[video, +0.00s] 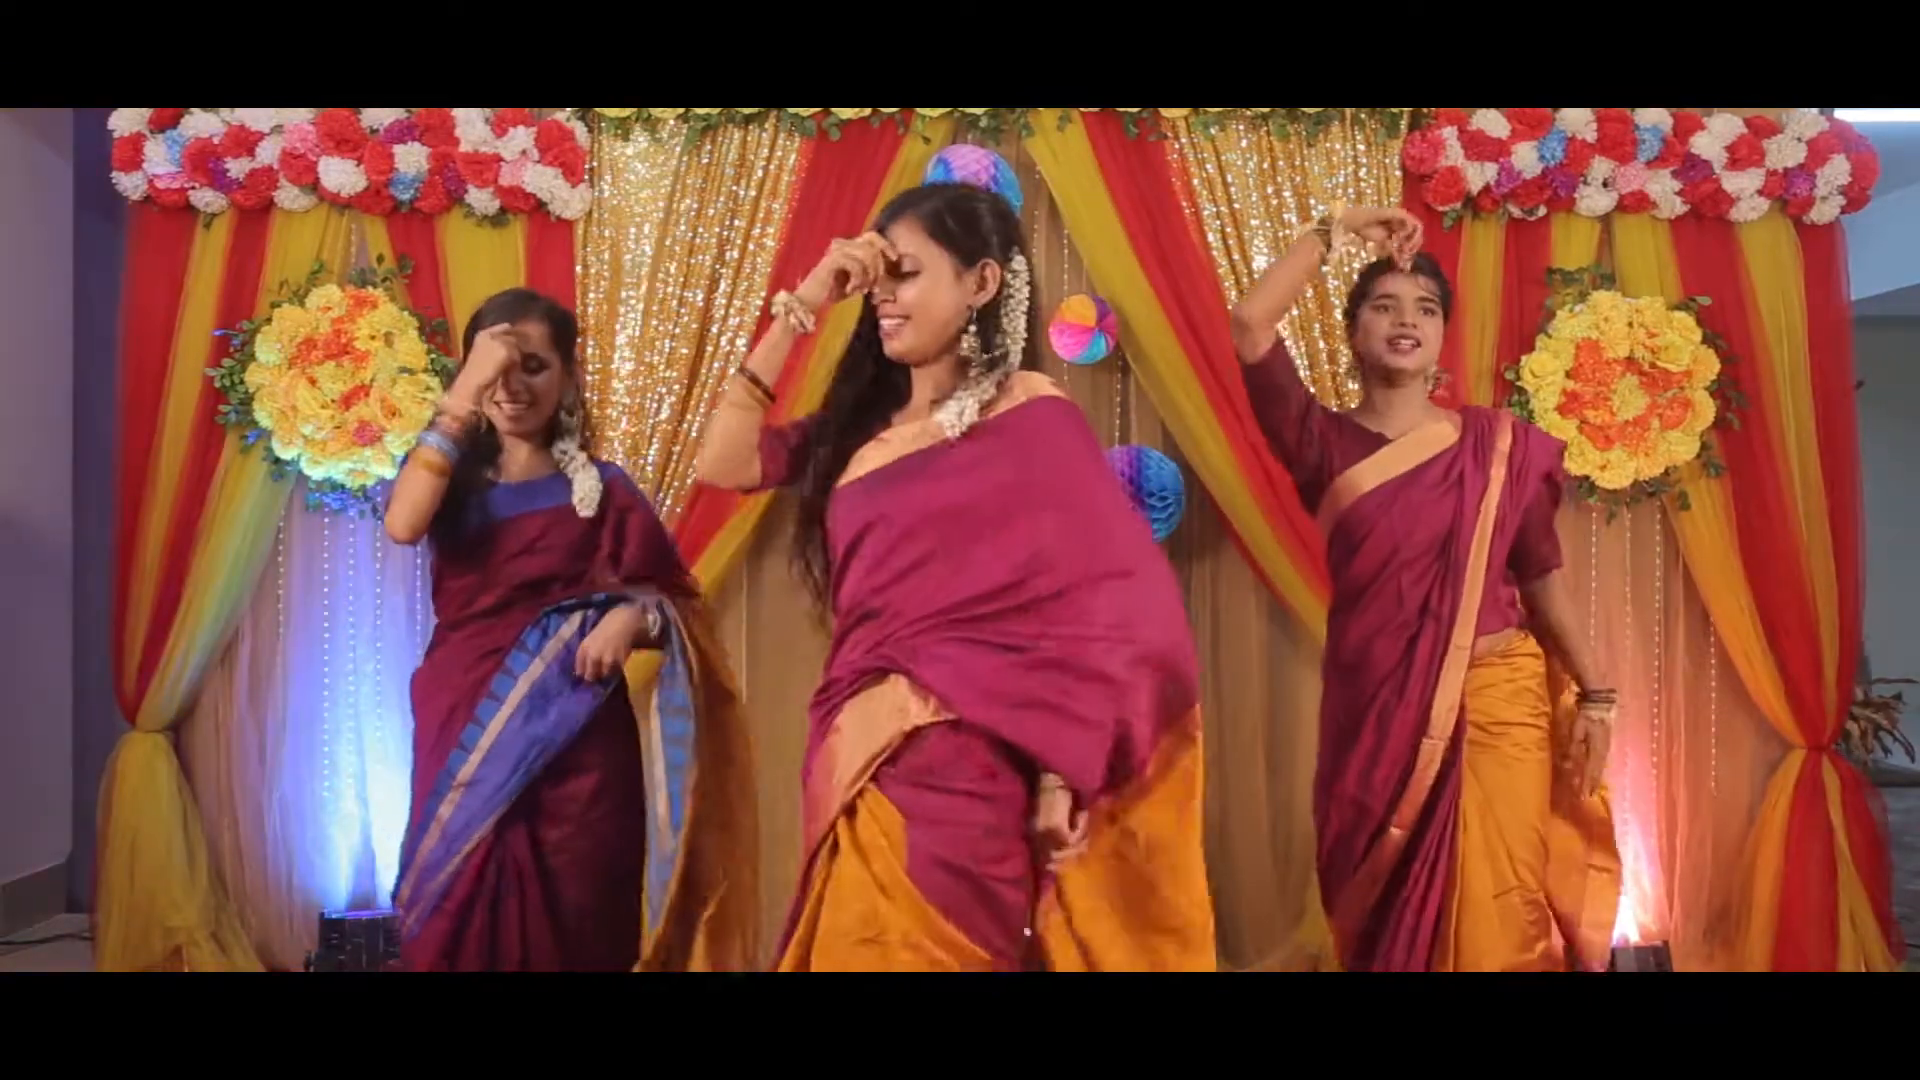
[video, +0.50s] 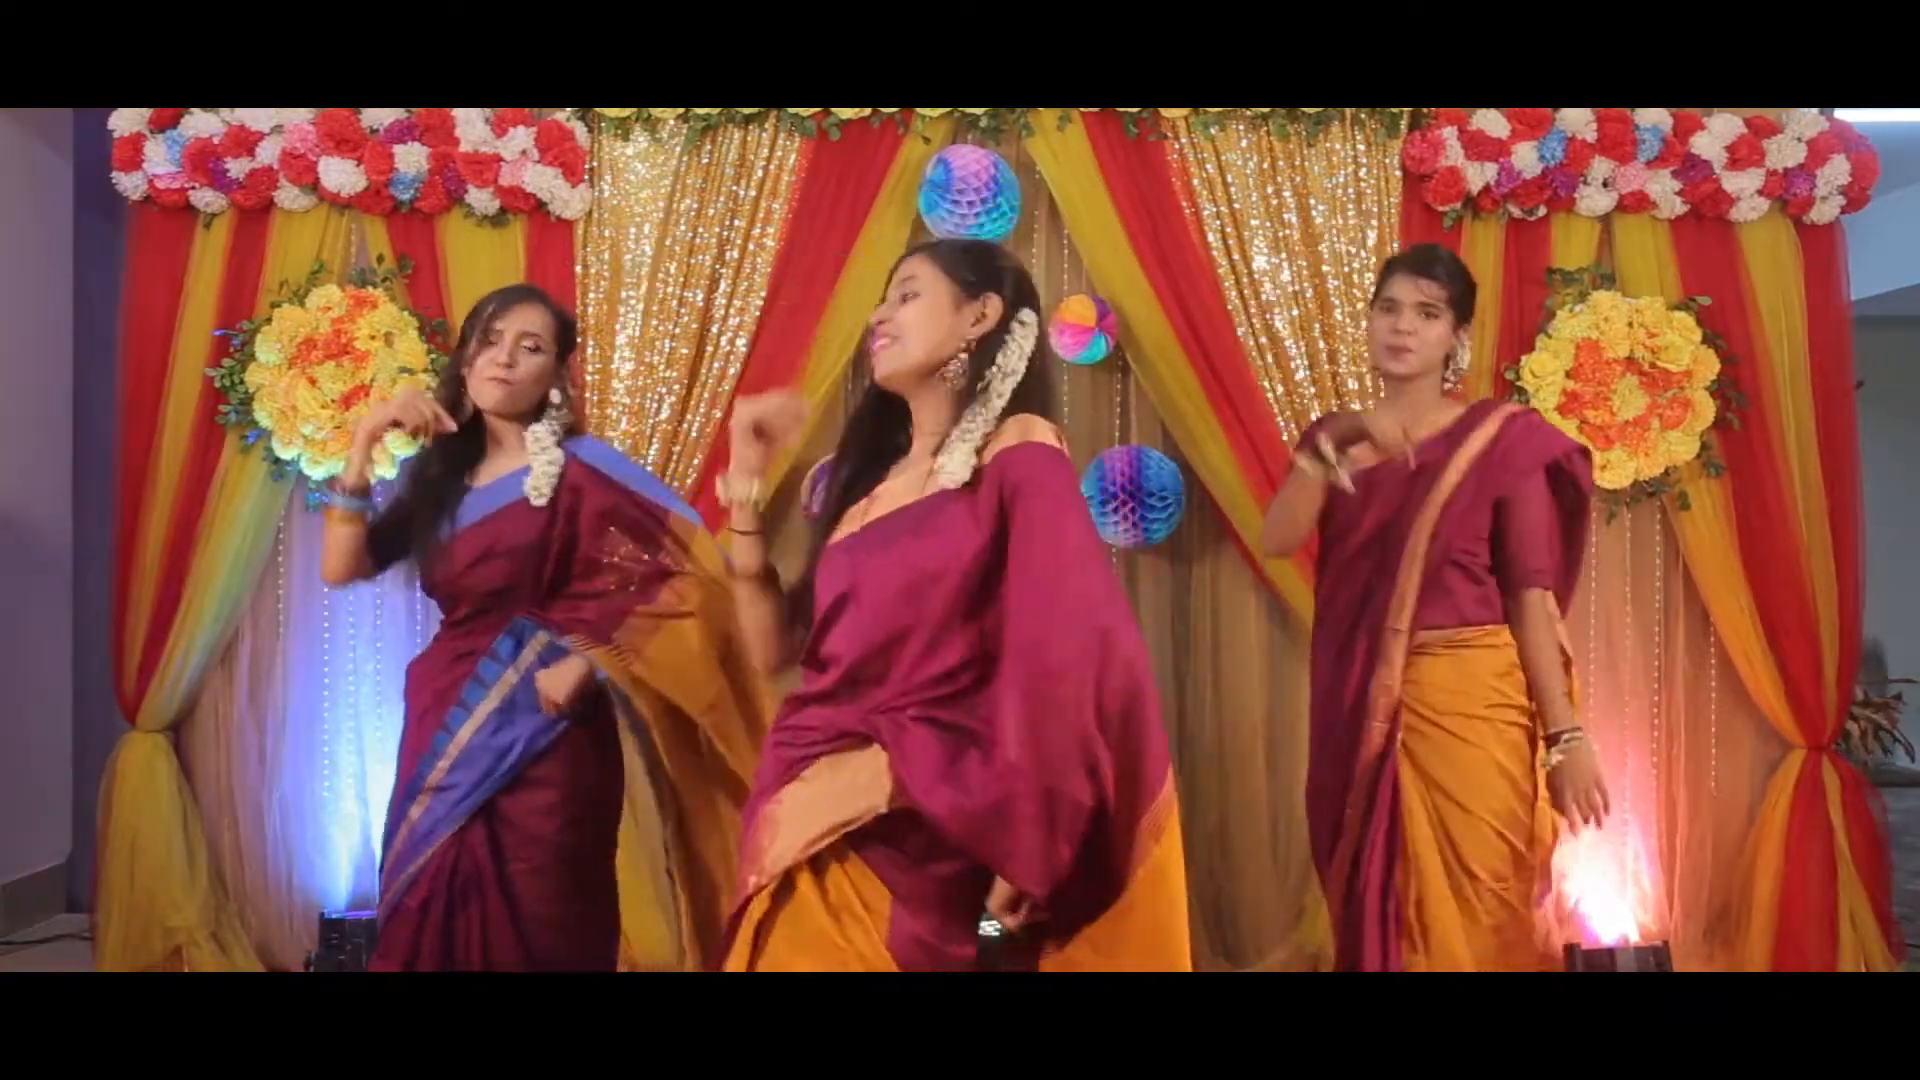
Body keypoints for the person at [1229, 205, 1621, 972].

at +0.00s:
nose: (1406, 320)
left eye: (1424, 307)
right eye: (1384, 305)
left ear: (1445, 334)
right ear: (1351, 329)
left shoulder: (1498, 442)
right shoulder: (1328, 444)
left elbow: (1539, 583)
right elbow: (1252, 323)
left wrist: (1594, 687)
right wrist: (1336, 228)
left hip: (1500, 690)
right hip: (1381, 704)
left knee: (1492, 915)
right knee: (1389, 917)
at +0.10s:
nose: (1410, 321)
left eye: (1430, 307)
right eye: (1389, 304)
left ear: (1450, 330)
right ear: (1356, 325)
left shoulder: (1505, 438)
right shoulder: (1330, 442)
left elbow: (1541, 579)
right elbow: (1248, 358)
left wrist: (1597, 697)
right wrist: (1331, 244)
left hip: (1502, 699)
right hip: (1382, 708)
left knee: (1501, 921)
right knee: (1394, 924)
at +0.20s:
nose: (1419, 337)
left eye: (1437, 321)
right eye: (1398, 321)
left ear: (1458, 338)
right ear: (1361, 340)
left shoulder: (1508, 444)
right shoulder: (1337, 444)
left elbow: (1541, 594)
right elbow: (1258, 465)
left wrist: (1593, 718)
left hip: (1497, 707)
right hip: (1376, 712)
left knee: (1494, 918)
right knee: (1388, 917)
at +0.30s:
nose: (1421, 366)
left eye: (1440, 348)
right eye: (1402, 347)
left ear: (1464, 364)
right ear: (1372, 359)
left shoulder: (1516, 467)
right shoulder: (1333, 468)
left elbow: (1543, 624)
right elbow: (1285, 586)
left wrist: (1581, 758)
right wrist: (1353, 526)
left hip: (1488, 731)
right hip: (1369, 733)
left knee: (1480, 929)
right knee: (1378, 931)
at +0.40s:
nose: (1415, 356)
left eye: (1435, 339)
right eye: (1397, 337)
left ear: (1464, 357)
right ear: (1372, 350)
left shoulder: (1519, 464)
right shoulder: (1335, 461)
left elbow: (1540, 628)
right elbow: (1286, 581)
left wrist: (1567, 758)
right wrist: (1359, 534)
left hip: (1479, 726)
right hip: (1360, 730)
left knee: (1472, 932)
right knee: (1372, 932)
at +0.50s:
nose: (1400, 325)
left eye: (1424, 312)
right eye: (1387, 307)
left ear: (1457, 337)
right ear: (1367, 322)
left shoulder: (1503, 437)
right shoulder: (1335, 439)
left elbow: (1533, 598)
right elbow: (1277, 537)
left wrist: (1565, 734)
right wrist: (1325, 451)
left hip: (1471, 695)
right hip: (1360, 699)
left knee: (1472, 915)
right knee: (1370, 909)